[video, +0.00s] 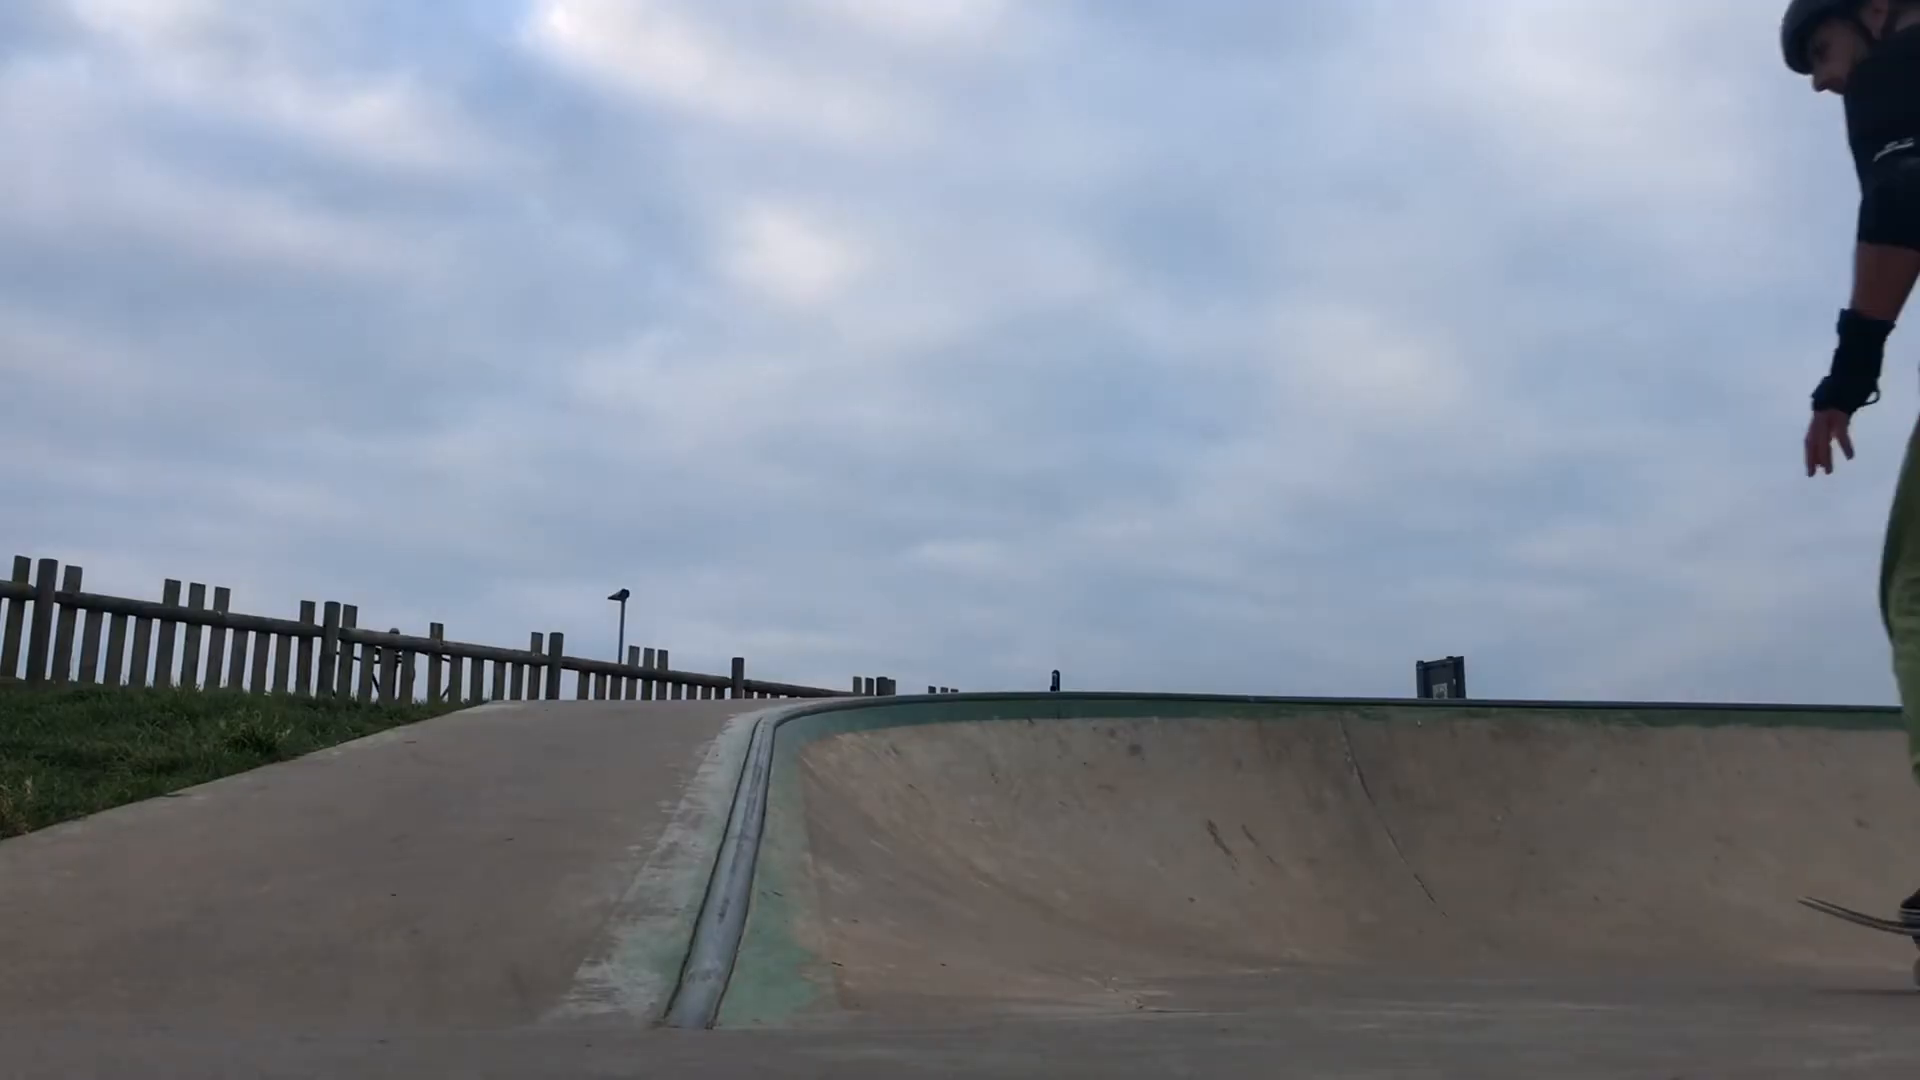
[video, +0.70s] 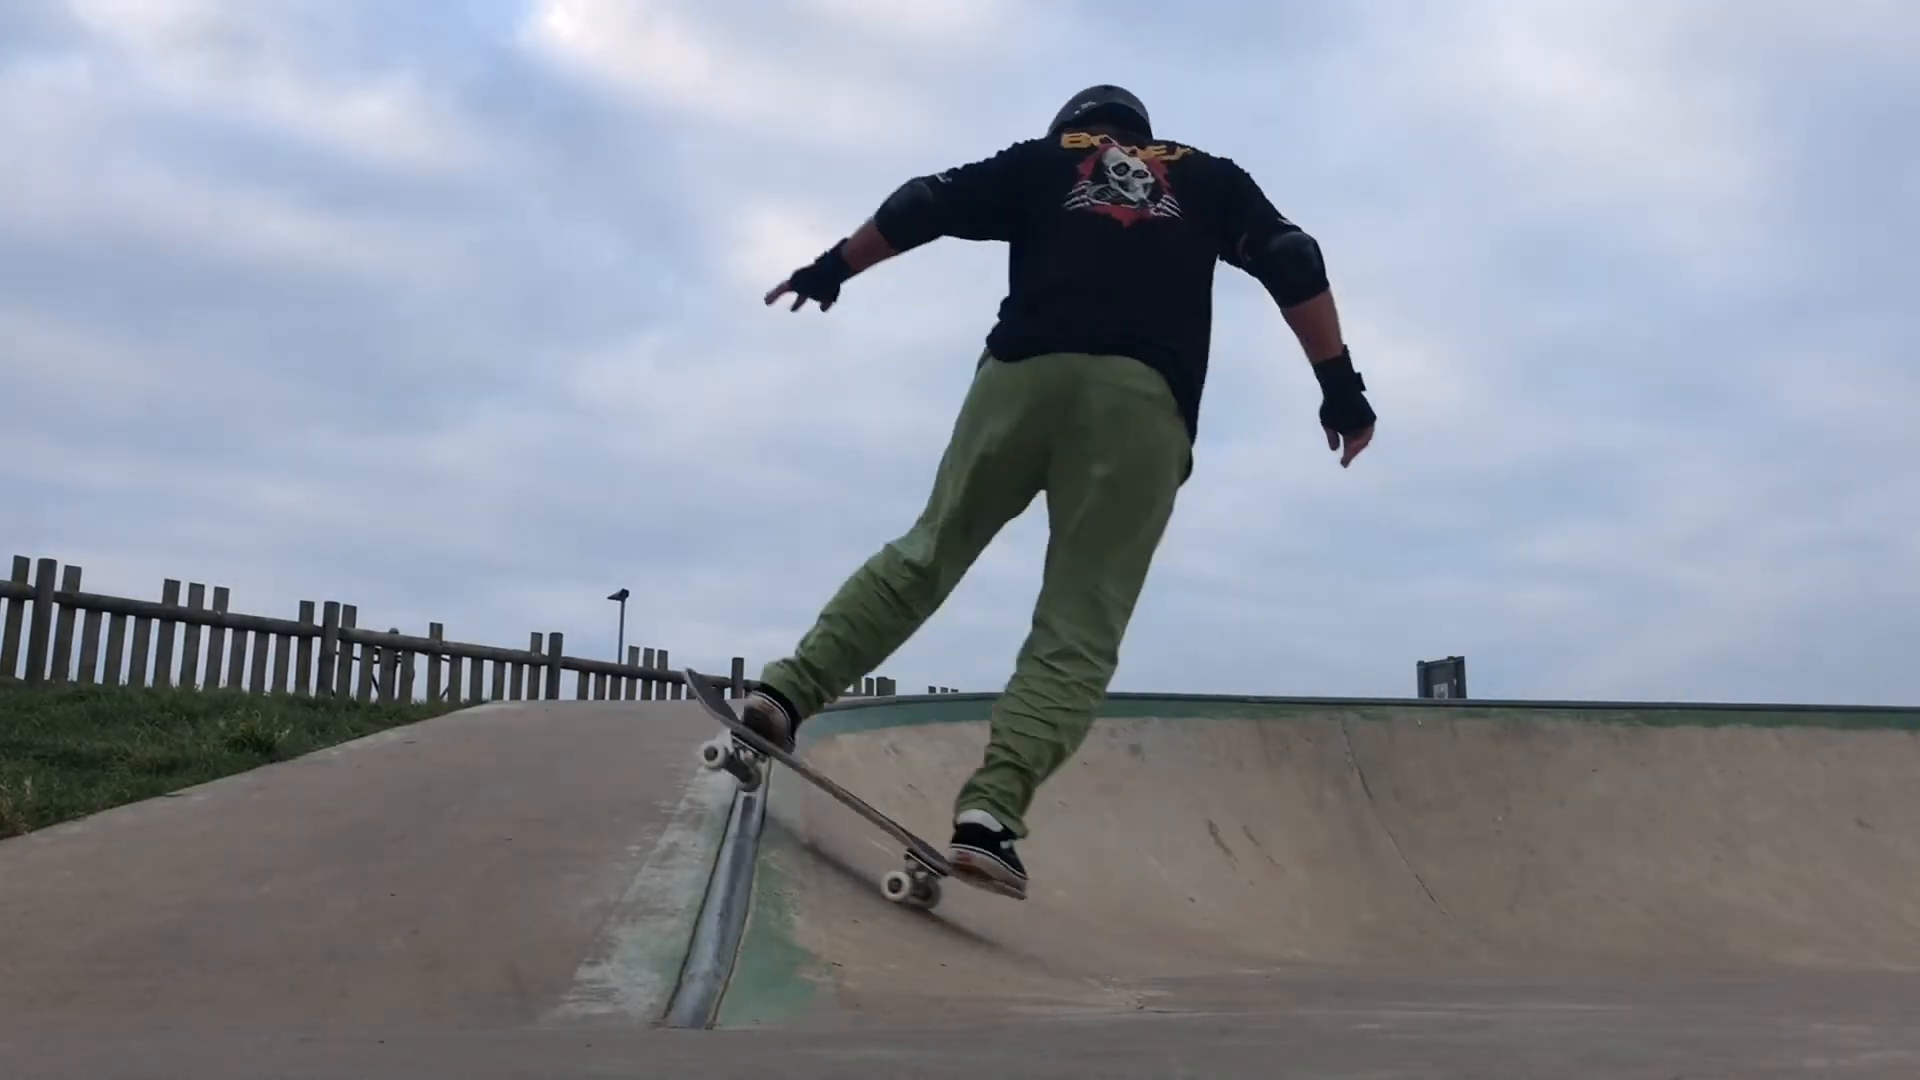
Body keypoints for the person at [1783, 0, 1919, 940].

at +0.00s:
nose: (1822, 81)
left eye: (1820, 57)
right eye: (1812, 68)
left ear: (1873, 13)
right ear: (1883, 17)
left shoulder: (1892, 73)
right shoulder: (1895, 73)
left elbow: (1898, 217)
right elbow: (1896, 225)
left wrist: (1845, 378)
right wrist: (1846, 378)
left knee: (1909, 596)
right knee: (1907, 595)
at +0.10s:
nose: (1653, 143)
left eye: (1648, 119)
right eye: (1642, 132)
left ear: (1690, 73)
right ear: (1735, 68)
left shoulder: (1725, 108)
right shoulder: (1850, 96)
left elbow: (1739, 220)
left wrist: (1685, 399)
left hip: (1869, 361)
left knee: (1773, 607)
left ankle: (1793, 866)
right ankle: (1794, 863)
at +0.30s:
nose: (1363, 265)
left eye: (1358, 241)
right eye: (1354, 252)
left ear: (1388, 198)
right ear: (1439, 187)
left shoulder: (1417, 219)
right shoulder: (1547, 211)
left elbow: (1427, 298)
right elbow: (1672, 323)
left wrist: (1369, 455)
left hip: (1573, 418)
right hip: (1707, 401)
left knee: (1451, 642)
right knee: (1672, 667)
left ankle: (1457, 873)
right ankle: (1776, 849)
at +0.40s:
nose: (1258, 283)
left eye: (1255, 263)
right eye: (1250, 274)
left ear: (1273, 224)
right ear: (1338, 205)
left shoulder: (1298, 238)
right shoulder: (1442, 244)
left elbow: (1284, 329)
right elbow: (1562, 373)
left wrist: (1215, 464)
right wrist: (1588, 533)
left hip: (1414, 447)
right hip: (1552, 438)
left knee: (1295, 648)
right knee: (1502, 678)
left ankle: (1266, 871)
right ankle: (1565, 852)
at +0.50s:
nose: (1168, 240)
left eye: (1168, 226)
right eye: (1167, 231)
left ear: (1186, 209)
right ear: (1261, 202)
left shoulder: (1191, 226)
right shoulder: (1349, 248)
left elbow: (1152, 319)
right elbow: (1455, 372)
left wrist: (1066, 445)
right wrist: (1488, 513)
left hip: (1265, 449)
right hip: (1396, 455)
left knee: (1154, 656)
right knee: (1338, 687)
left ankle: (1082, 867)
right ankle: (1360, 863)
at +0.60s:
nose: (1110, 194)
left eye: (1112, 182)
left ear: (1123, 175)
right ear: (1199, 176)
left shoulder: (1107, 206)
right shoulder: (1274, 232)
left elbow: (1015, 277)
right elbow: (1364, 336)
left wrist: (924, 378)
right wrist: (1419, 462)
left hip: (1121, 433)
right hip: (1250, 448)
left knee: (1020, 615)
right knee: (1194, 684)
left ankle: (919, 797)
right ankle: (1167, 883)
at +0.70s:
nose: (1067, 150)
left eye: (1065, 139)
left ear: (1066, 132)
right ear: (1149, 136)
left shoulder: (1037, 160)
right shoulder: (1206, 175)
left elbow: (924, 204)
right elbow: (1292, 258)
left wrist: (835, 266)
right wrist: (1339, 378)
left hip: (1022, 373)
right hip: (1142, 395)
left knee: (928, 555)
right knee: (1079, 630)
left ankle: (787, 693)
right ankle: (991, 816)